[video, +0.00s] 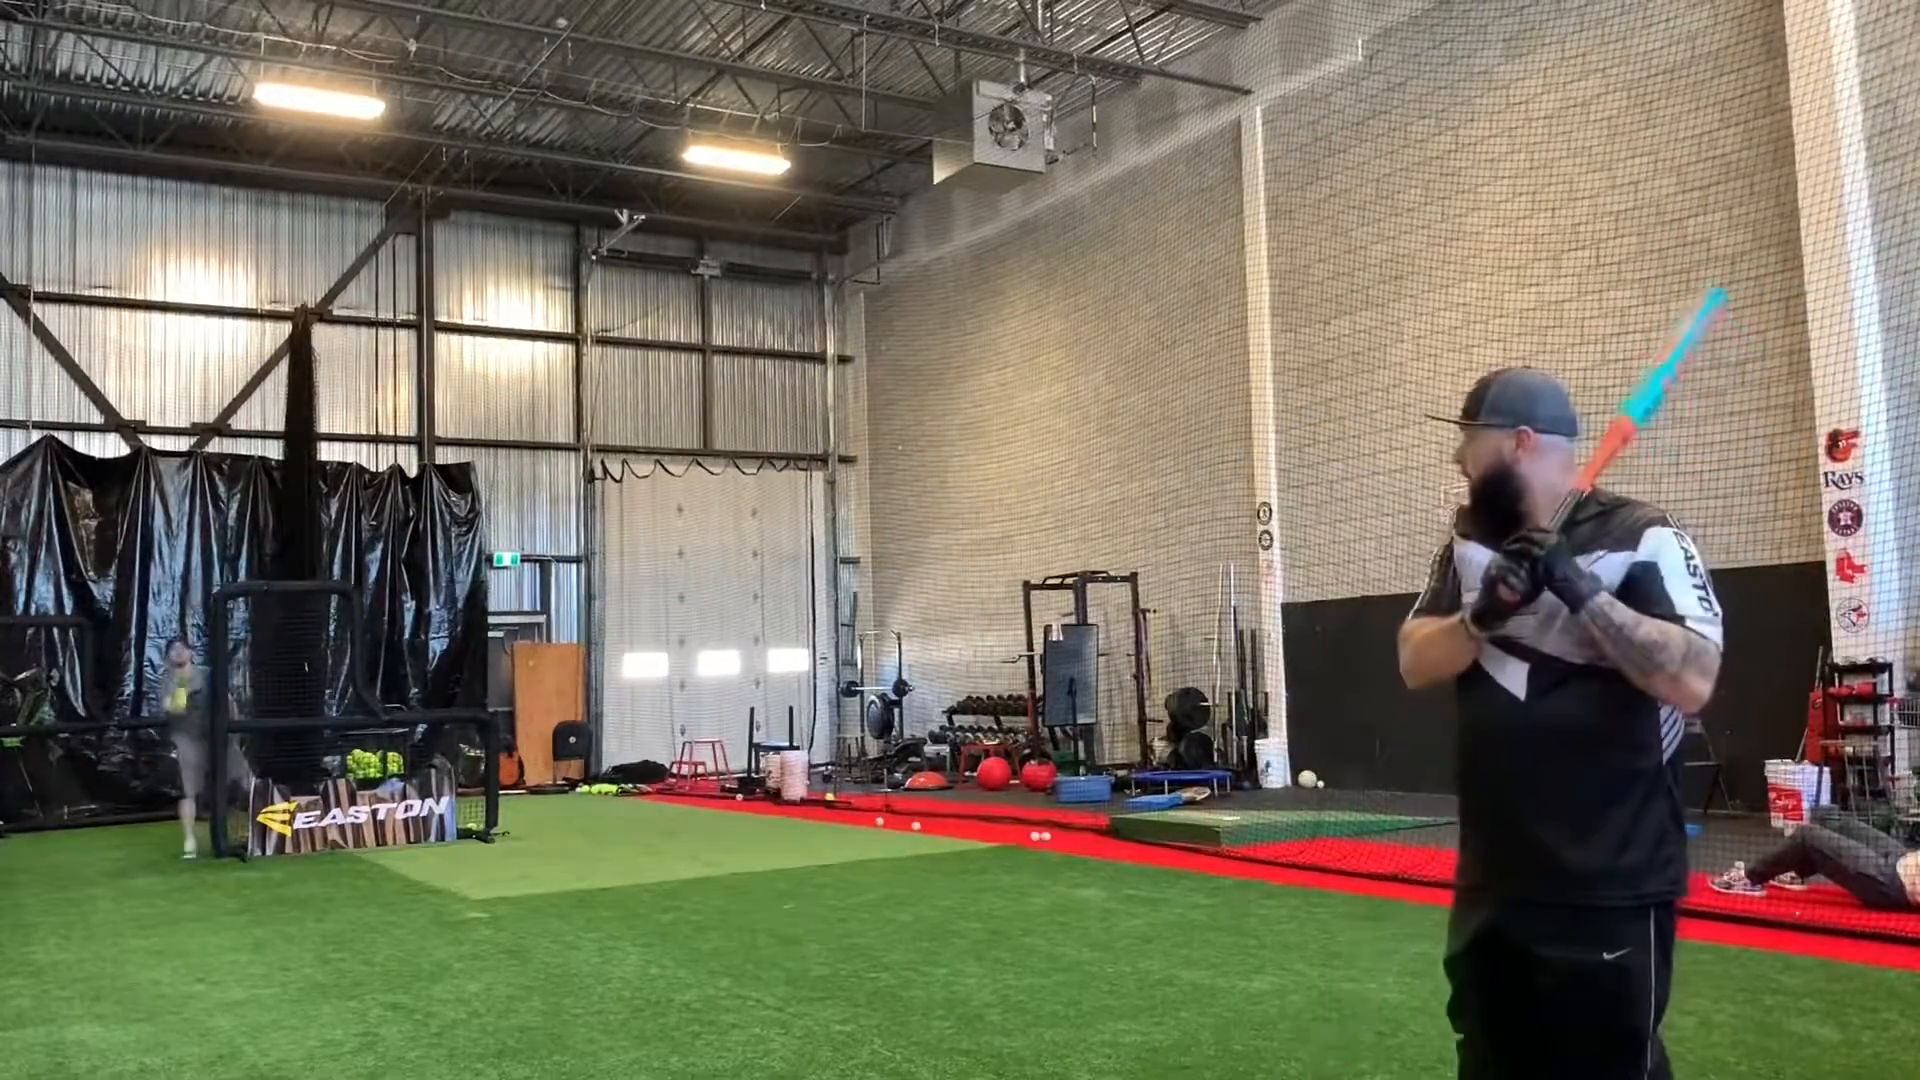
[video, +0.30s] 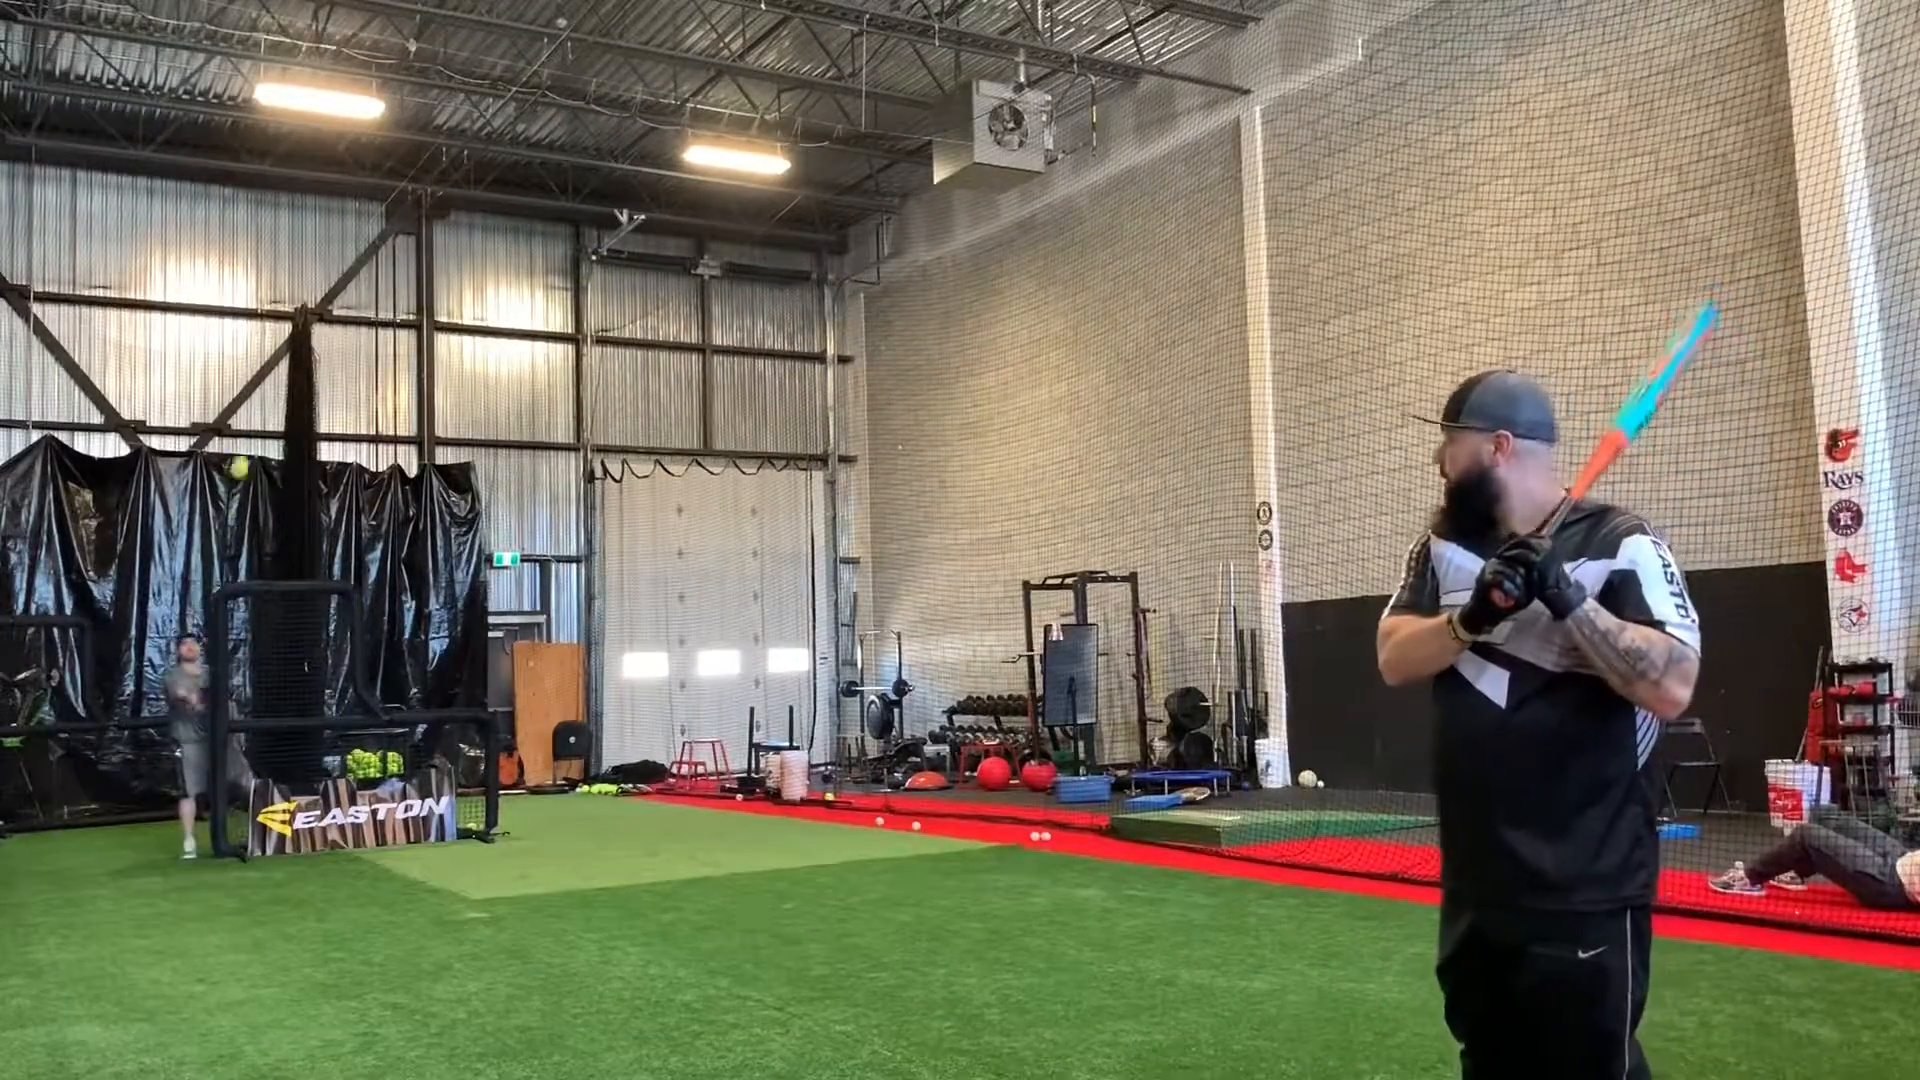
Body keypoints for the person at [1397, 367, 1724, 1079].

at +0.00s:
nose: (1459, 457)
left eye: (1469, 439)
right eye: (1461, 441)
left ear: (1522, 441)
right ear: (1519, 445)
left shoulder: (1645, 538)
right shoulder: (1470, 544)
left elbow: (1692, 681)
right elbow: (1415, 663)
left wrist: (1581, 590)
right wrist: (1479, 620)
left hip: (1609, 881)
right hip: (1493, 872)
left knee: (1610, 1059)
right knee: (1491, 1059)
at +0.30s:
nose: (1439, 461)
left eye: (1449, 443)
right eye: (1441, 446)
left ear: (1501, 446)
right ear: (1498, 449)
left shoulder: (1622, 544)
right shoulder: (1443, 551)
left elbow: (1672, 688)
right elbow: (1394, 659)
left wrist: (1570, 602)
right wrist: (1469, 619)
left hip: (1585, 886)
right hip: (1475, 880)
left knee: (1589, 1062)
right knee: (1487, 1061)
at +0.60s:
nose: (1394, 490)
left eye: (1406, 473)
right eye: (1399, 474)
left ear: (1456, 482)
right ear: (1454, 483)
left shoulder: (1590, 583)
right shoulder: (1398, 580)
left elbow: (1663, 722)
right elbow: (1381, 699)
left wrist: (1580, 678)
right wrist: (1478, 689)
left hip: (1558, 874)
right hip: (1431, 859)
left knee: (1583, 1062)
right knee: (1362, 998)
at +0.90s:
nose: (1299, 538)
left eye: (1311, 524)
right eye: (1303, 525)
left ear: (1356, 538)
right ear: (1352, 540)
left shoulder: (1478, 616)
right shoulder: (1302, 619)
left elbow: (1579, 733)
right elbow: (1312, 716)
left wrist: (1519, 697)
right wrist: (1428, 712)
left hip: (1467, 868)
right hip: (1347, 857)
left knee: (1511, 1052)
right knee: (1224, 946)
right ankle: (1210, 1070)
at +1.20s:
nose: (1230, 587)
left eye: (1240, 575)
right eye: (1232, 574)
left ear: (1275, 585)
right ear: (1306, 580)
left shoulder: (1262, 672)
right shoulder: (1347, 646)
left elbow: (1164, 769)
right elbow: (1215, 651)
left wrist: (1103, 732)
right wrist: (1122, 667)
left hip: (1292, 903)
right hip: (1352, 892)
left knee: (1290, 1062)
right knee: (1203, 1004)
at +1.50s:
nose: (1213, 557)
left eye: (1212, 546)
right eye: (1217, 543)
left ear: (1225, 551)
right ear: (1291, 534)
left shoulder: (1210, 632)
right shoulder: (1364, 581)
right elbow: (1487, 617)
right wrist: (1615, 618)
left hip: (1281, 869)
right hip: (1380, 862)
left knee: (1319, 1056)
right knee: (1263, 1032)